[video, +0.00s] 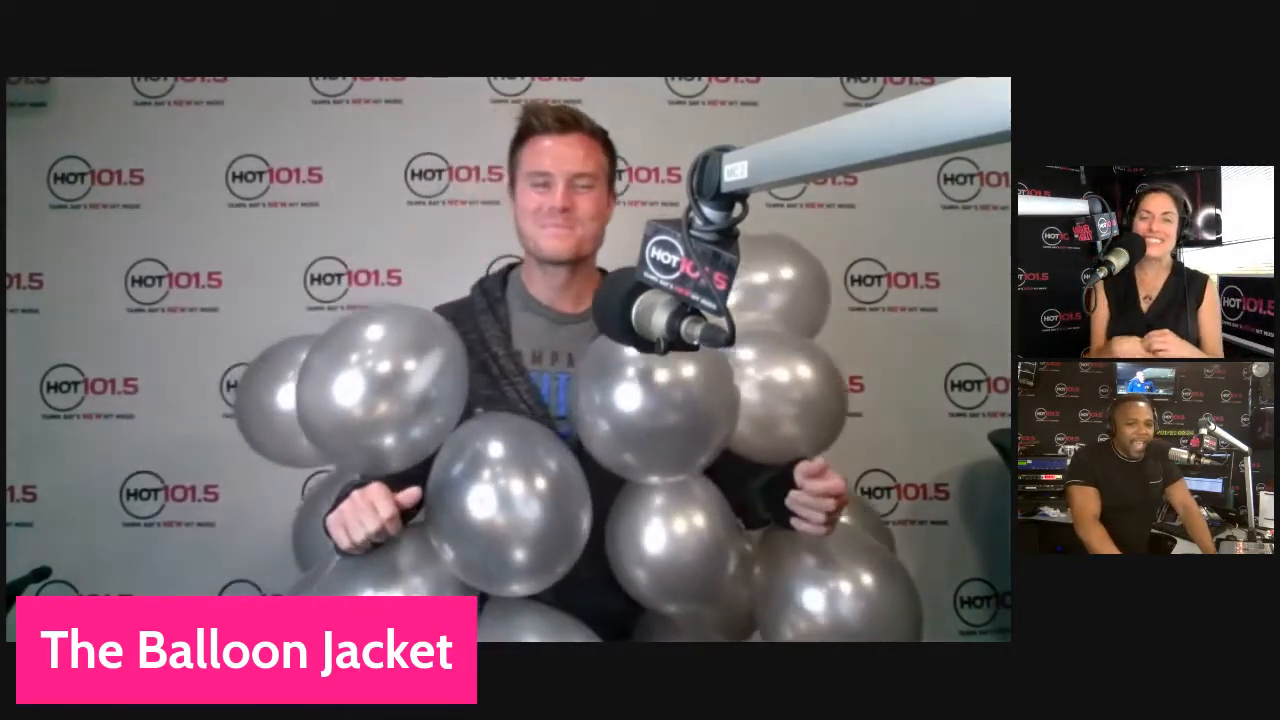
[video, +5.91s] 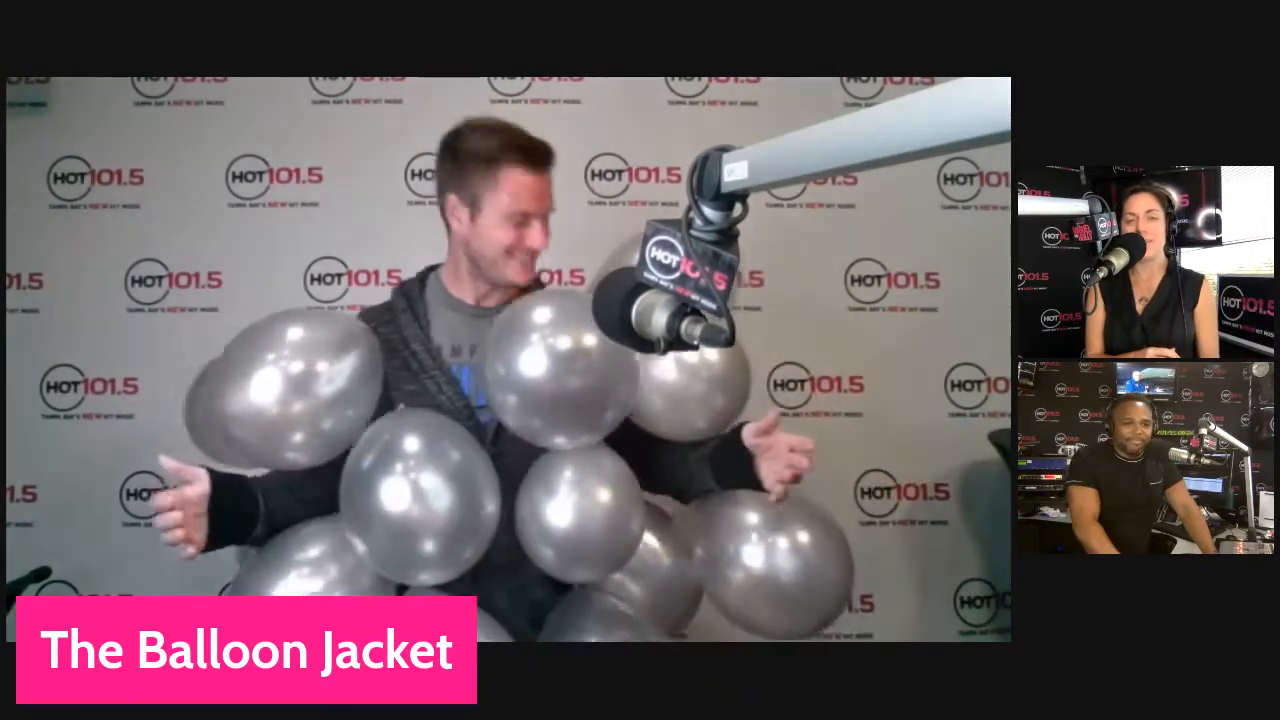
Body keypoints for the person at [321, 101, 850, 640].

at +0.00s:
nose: (559, 202)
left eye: (581, 184)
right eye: (539, 183)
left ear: (611, 200)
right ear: (512, 196)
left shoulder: (664, 320)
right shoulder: (448, 335)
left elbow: (717, 454)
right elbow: (385, 447)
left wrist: (786, 493)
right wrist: (354, 499)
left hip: (652, 617)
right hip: (504, 616)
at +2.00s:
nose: (552, 199)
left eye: (571, 179)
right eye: (530, 181)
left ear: (598, 193)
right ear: (501, 197)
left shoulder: (652, 317)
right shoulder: (445, 334)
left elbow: (704, 455)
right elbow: (396, 448)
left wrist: (782, 487)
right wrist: (357, 498)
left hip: (638, 611)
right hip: (493, 611)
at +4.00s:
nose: (546, 206)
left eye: (566, 188)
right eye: (525, 189)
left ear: (593, 201)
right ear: (493, 204)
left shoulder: (650, 326)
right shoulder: (433, 335)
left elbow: (717, 465)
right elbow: (388, 475)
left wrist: (829, 461)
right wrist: (273, 501)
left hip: (638, 616)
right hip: (491, 612)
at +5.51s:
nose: (512, 206)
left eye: (528, 186)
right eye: (489, 187)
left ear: (550, 201)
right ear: (456, 203)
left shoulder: (597, 326)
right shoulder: (408, 335)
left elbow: (652, 448)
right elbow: (370, 472)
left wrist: (732, 461)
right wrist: (244, 497)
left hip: (575, 603)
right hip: (443, 602)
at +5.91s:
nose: (540, 243)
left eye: (546, 221)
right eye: (521, 223)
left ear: (547, 213)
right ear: (457, 216)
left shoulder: (570, 342)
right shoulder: (369, 343)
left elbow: (640, 455)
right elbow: (328, 480)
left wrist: (739, 464)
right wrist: (232, 506)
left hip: (566, 621)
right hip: (423, 626)